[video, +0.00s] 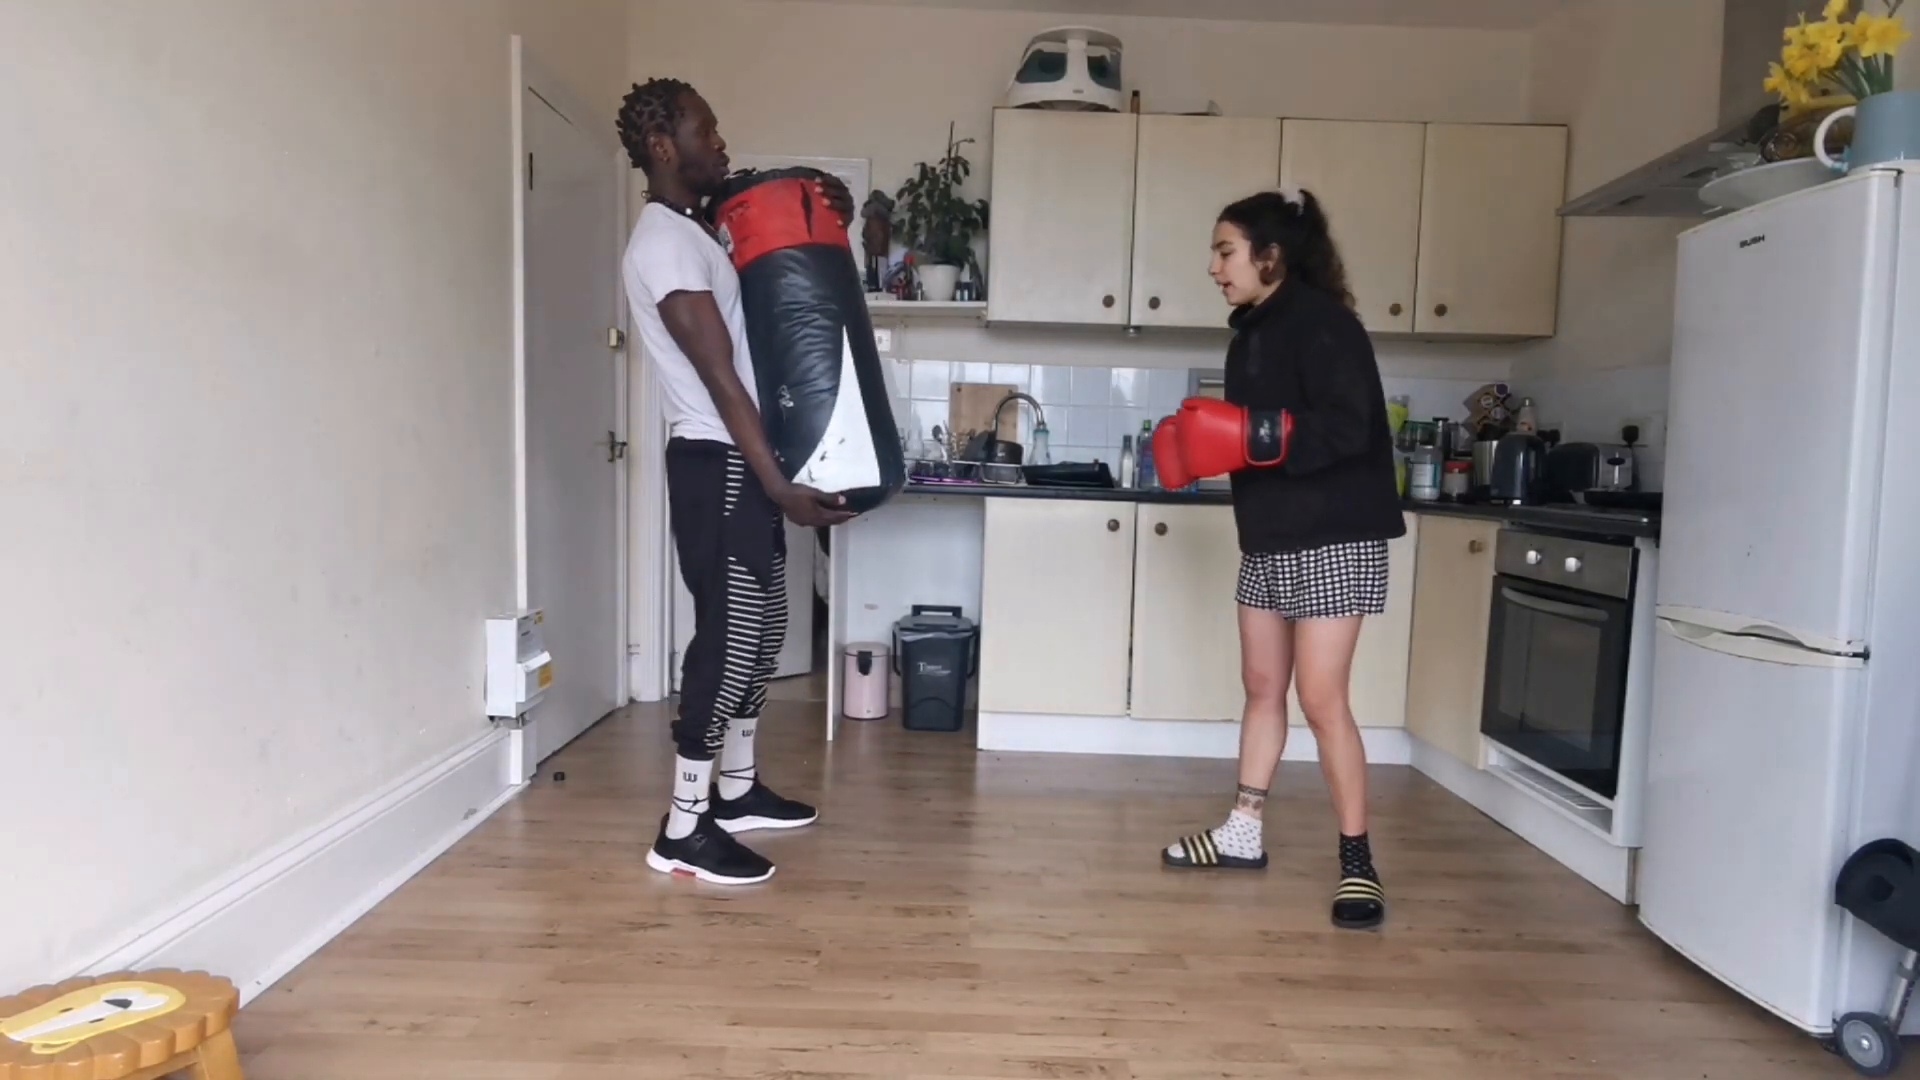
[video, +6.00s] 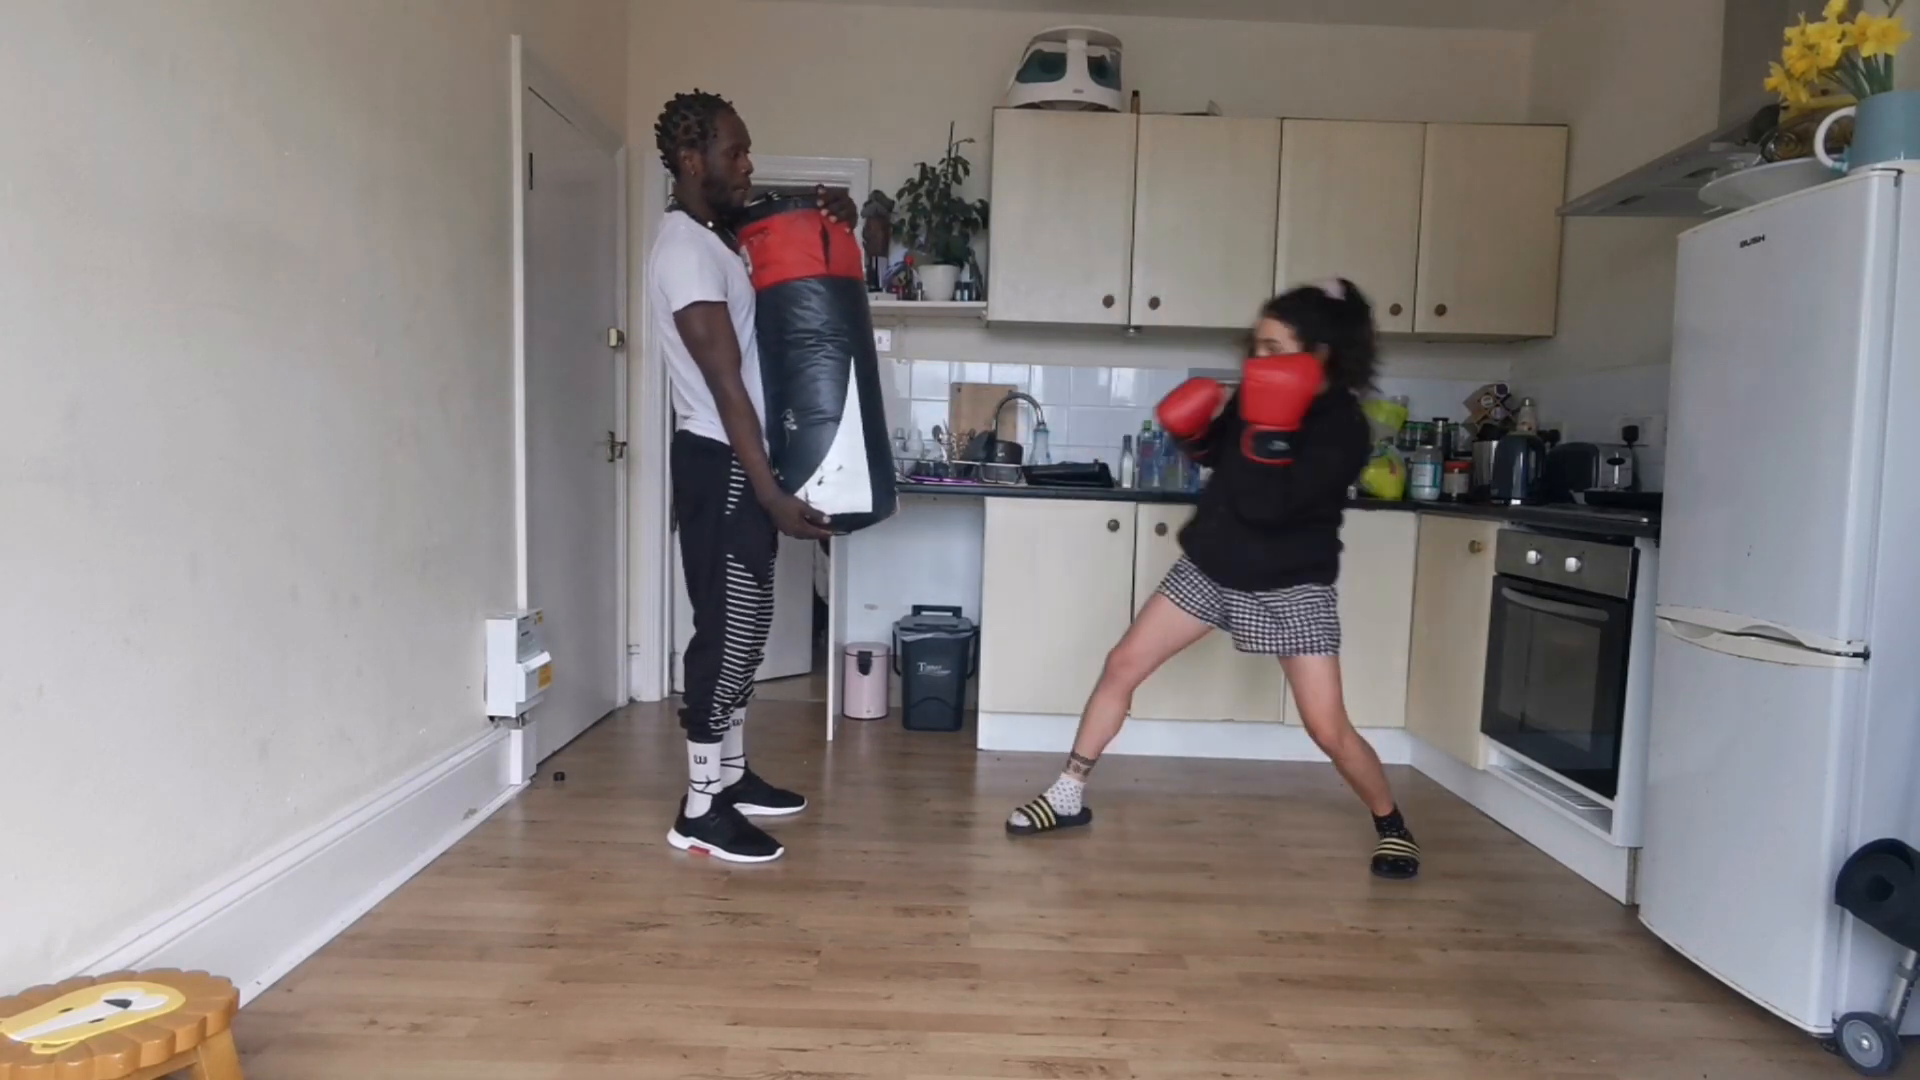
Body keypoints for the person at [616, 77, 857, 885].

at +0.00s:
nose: (720, 144)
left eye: (717, 130)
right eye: (706, 133)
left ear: (671, 145)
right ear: (660, 145)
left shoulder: (703, 231)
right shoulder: (664, 237)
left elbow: (777, 309)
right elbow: (716, 369)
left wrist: (824, 222)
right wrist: (774, 478)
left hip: (745, 452)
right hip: (712, 457)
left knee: (764, 621)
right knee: (728, 627)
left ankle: (735, 792)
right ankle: (683, 826)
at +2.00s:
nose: (746, 155)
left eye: (742, 142)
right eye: (732, 144)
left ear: (696, 158)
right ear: (690, 157)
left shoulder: (721, 238)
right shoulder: (696, 245)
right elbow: (742, 378)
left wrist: (856, 234)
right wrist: (794, 482)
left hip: (756, 456)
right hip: (737, 459)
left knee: (769, 627)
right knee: (778, 633)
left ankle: (738, 782)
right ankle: (718, 803)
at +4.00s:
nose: (727, 151)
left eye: (723, 137)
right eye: (713, 138)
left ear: (679, 150)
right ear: (670, 148)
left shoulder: (705, 234)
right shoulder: (671, 240)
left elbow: (777, 310)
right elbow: (710, 374)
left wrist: (819, 222)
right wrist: (754, 485)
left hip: (742, 452)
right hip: (705, 457)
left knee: (765, 614)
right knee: (718, 622)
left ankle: (724, 769)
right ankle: (699, 808)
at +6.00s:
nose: (749, 166)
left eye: (748, 151)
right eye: (736, 152)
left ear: (701, 161)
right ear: (689, 160)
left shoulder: (720, 242)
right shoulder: (683, 245)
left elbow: (789, 319)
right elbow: (723, 378)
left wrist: (831, 233)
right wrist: (770, 486)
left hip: (744, 453)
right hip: (716, 456)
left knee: (745, 622)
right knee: (728, 625)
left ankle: (730, 775)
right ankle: (702, 804)